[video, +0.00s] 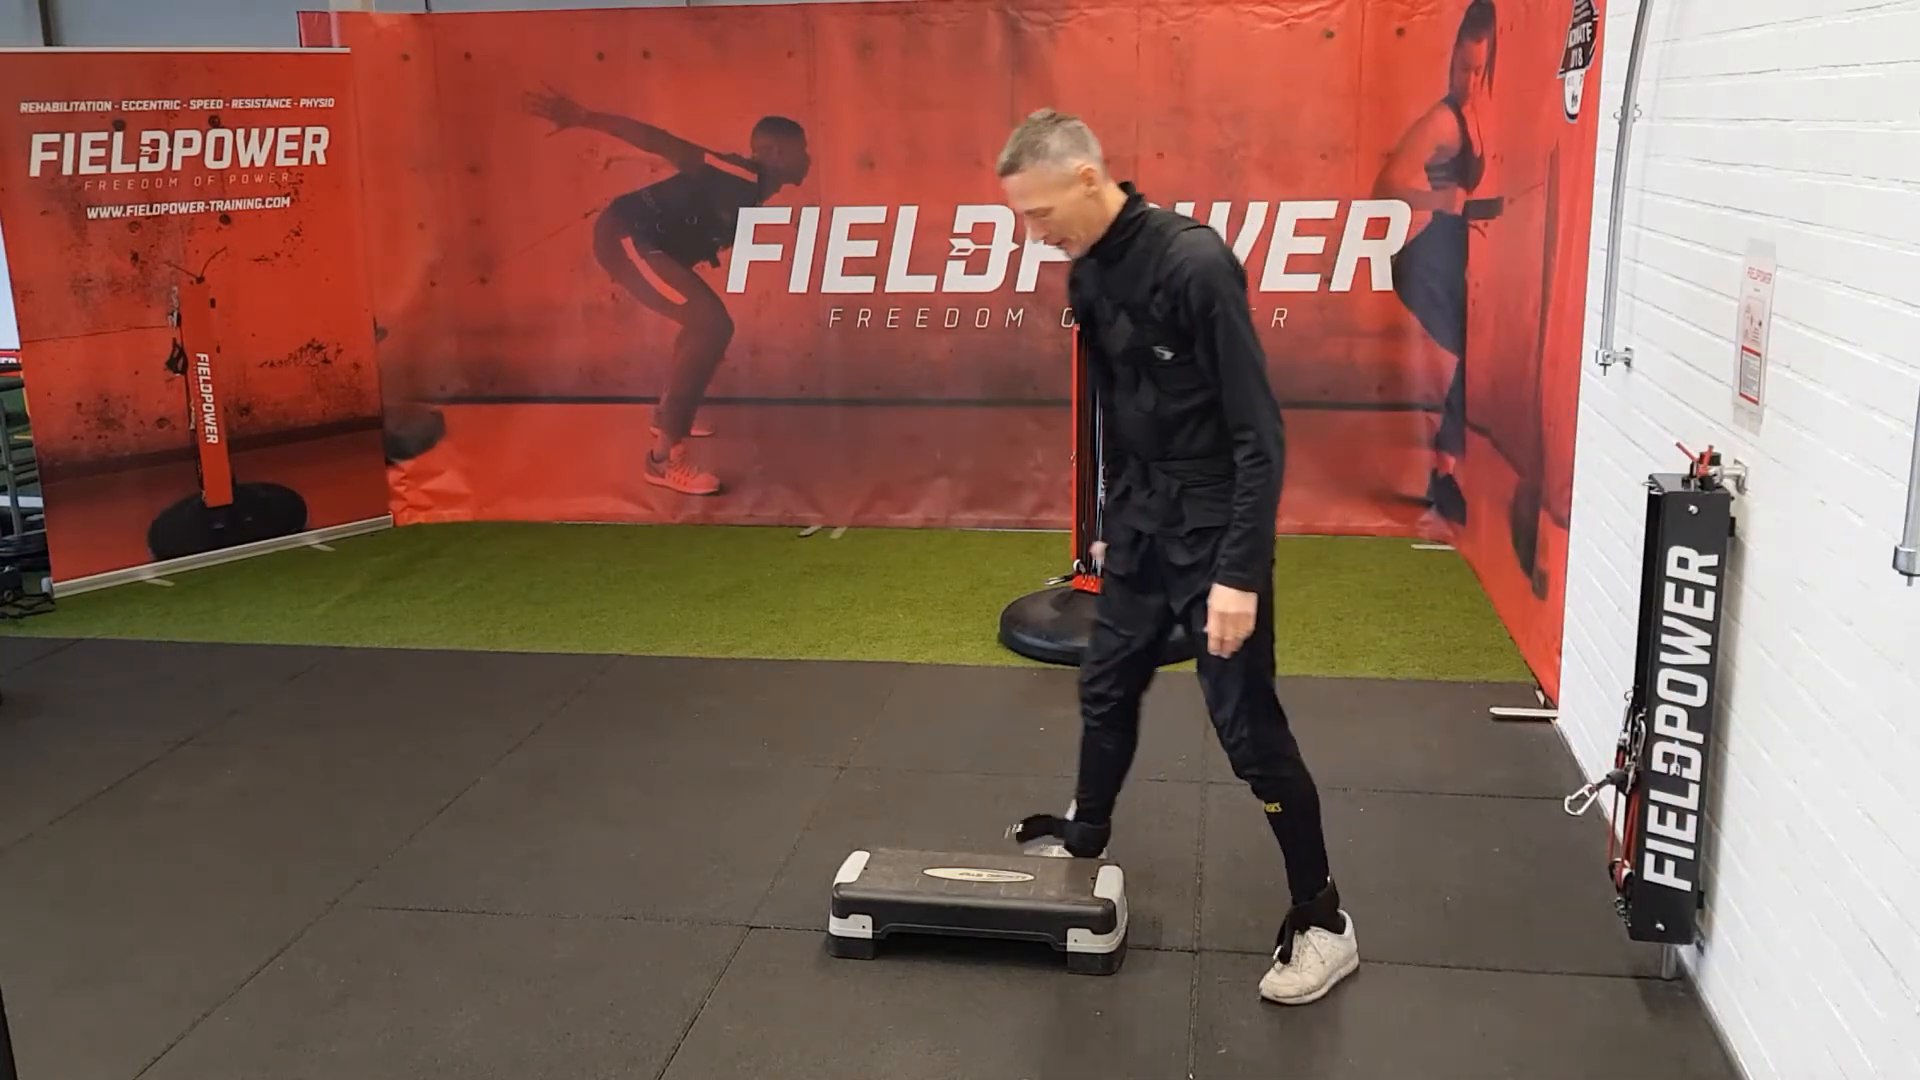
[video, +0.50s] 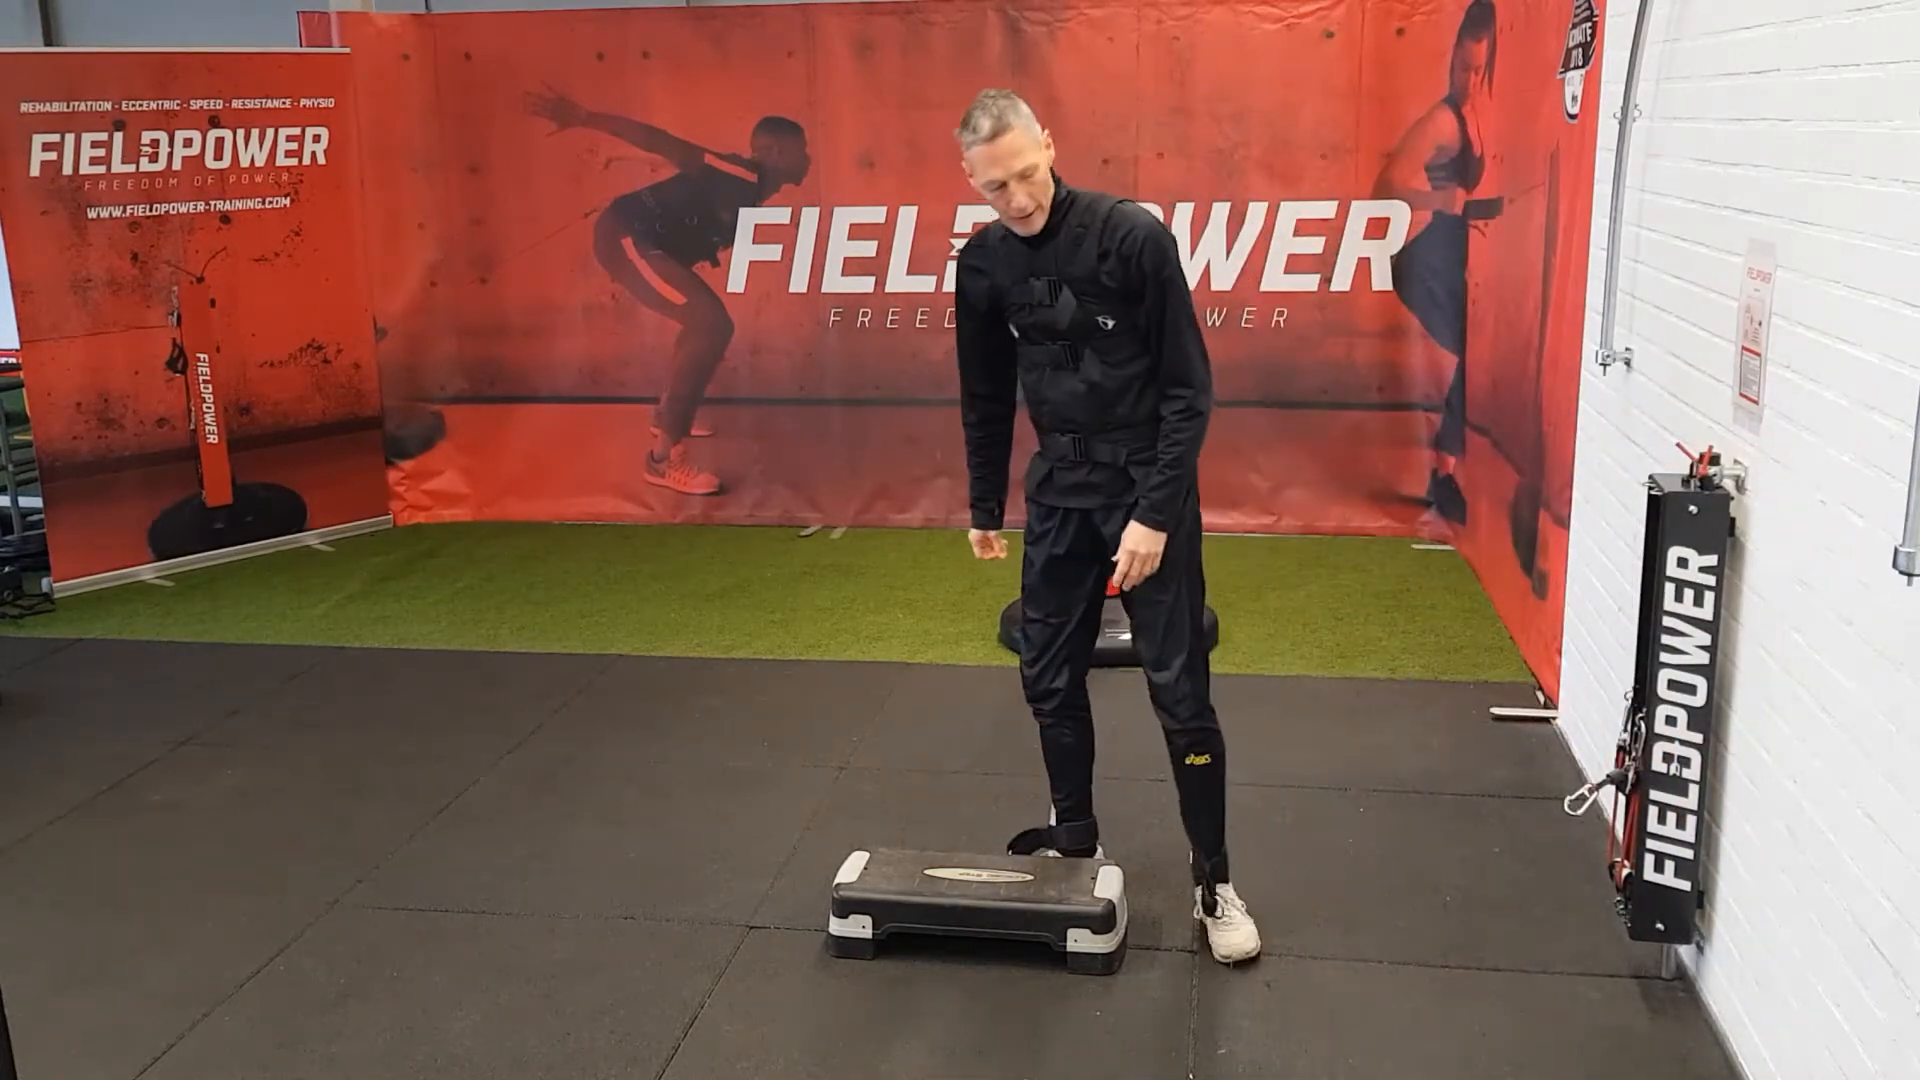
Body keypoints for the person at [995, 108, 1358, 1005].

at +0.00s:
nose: (1035, 232)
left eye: (1040, 212)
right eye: (1026, 218)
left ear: (1093, 180)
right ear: (1068, 194)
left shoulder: (1194, 263)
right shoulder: (1092, 278)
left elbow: (1259, 437)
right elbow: (1113, 423)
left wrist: (1240, 575)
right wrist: (1104, 536)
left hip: (1217, 532)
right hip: (1141, 528)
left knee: (1250, 726)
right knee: (1105, 690)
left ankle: (1319, 914)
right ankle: (1085, 836)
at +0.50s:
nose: (1016, 201)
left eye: (1024, 177)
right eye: (994, 187)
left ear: (1050, 152)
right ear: (972, 181)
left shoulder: (1132, 238)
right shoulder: (982, 261)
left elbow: (1188, 388)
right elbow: (985, 392)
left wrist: (1155, 517)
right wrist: (988, 505)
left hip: (1152, 485)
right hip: (1060, 488)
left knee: (1178, 688)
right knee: (1048, 675)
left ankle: (1215, 884)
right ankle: (1075, 846)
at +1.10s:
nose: (1249, 207)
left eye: (1255, 189)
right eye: (1229, 195)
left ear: (1261, 172)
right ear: (1173, 183)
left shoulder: (1298, 263)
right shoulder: (1124, 257)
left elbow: (1350, 404)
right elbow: (1089, 388)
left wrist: (1364, 534)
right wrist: (1079, 511)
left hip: (1266, 508)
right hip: (1160, 503)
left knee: (1283, 708)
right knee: (1107, 680)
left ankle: (1315, 894)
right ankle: (1076, 833)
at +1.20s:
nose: (1290, 214)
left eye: (1297, 195)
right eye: (1272, 200)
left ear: (1304, 178)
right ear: (1217, 184)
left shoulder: (1338, 262)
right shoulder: (1159, 253)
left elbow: (1391, 398)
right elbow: (1120, 381)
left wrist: (1411, 528)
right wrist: (1112, 499)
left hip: (1298, 506)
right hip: (1191, 499)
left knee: (1305, 710)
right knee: (1131, 671)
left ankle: (1318, 898)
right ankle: (1107, 819)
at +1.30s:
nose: (1320, 216)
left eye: (1329, 198)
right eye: (1302, 201)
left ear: (1337, 178)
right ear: (1249, 183)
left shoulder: (1365, 259)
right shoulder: (1186, 249)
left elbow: (1426, 391)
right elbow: (1146, 381)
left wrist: (1454, 524)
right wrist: (1134, 501)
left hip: (1319, 509)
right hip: (1211, 499)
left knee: (1316, 711)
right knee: (1160, 679)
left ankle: (1319, 899)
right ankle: (1179, 832)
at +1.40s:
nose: (1346, 215)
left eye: (1355, 197)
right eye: (1330, 201)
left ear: (1363, 178)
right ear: (1274, 180)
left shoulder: (1385, 258)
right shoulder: (1204, 248)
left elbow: (1449, 387)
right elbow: (1160, 385)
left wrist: (1486, 516)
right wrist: (1152, 507)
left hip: (1334, 505)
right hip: (1228, 499)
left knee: (1326, 709)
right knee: (1200, 685)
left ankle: (1321, 897)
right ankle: (1251, 827)